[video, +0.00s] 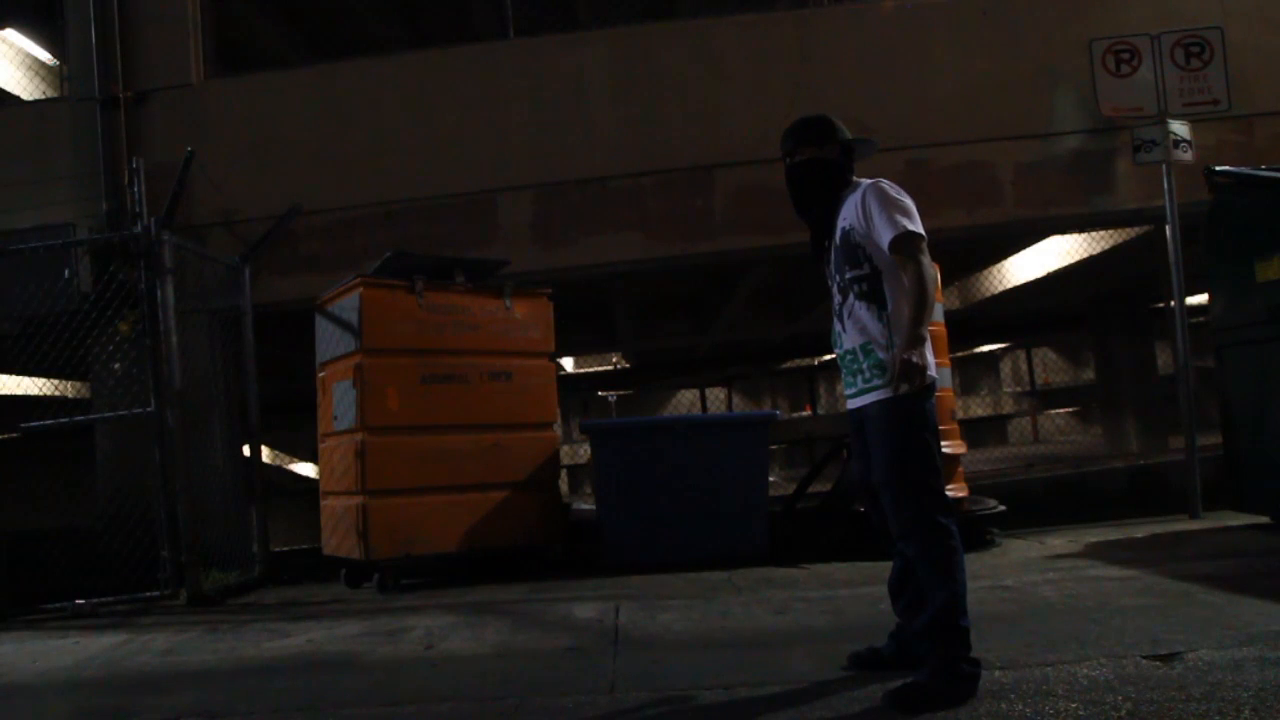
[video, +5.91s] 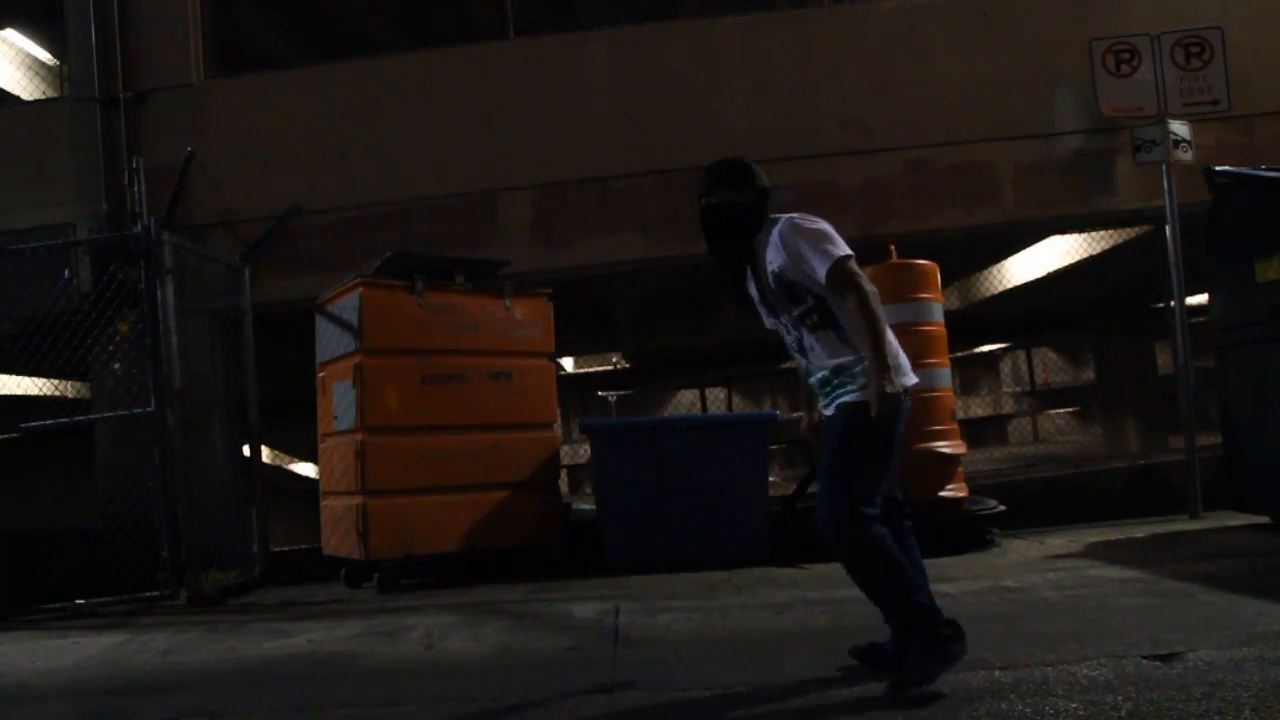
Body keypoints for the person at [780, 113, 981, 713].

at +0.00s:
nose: (796, 180)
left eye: (804, 166)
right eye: (791, 169)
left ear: (833, 161)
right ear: (802, 169)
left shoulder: (873, 195)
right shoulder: (840, 221)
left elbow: (918, 265)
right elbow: (860, 306)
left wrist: (912, 345)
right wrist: (856, 383)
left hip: (902, 393)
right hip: (872, 398)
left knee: (925, 521)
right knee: (898, 522)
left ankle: (951, 662)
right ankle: (913, 639)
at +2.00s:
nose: (776, 203)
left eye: (782, 188)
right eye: (770, 193)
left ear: (811, 180)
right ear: (779, 195)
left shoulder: (855, 207)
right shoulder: (825, 245)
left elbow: (914, 265)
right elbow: (865, 318)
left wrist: (910, 353)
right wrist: (864, 387)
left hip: (905, 393)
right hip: (877, 401)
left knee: (916, 521)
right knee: (899, 521)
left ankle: (947, 661)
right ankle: (914, 639)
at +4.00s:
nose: (782, 203)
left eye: (789, 188)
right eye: (776, 193)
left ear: (817, 180)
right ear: (785, 193)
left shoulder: (864, 210)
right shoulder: (827, 247)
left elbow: (921, 275)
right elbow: (859, 329)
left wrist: (921, 374)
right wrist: (863, 396)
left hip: (910, 394)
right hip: (877, 401)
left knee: (911, 519)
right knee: (895, 519)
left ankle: (945, 660)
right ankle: (913, 639)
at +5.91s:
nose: (712, 221)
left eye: (720, 207)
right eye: (708, 210)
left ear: (747, 202)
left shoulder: (794, 232)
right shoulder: (757, 272)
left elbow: (856, 287)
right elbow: (805, 345)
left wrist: (882, 377)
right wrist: (814, 408)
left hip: (871, 394)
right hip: (843, 402)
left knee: (846, 517)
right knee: (878, 514)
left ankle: (929, 634)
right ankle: (908, 635)